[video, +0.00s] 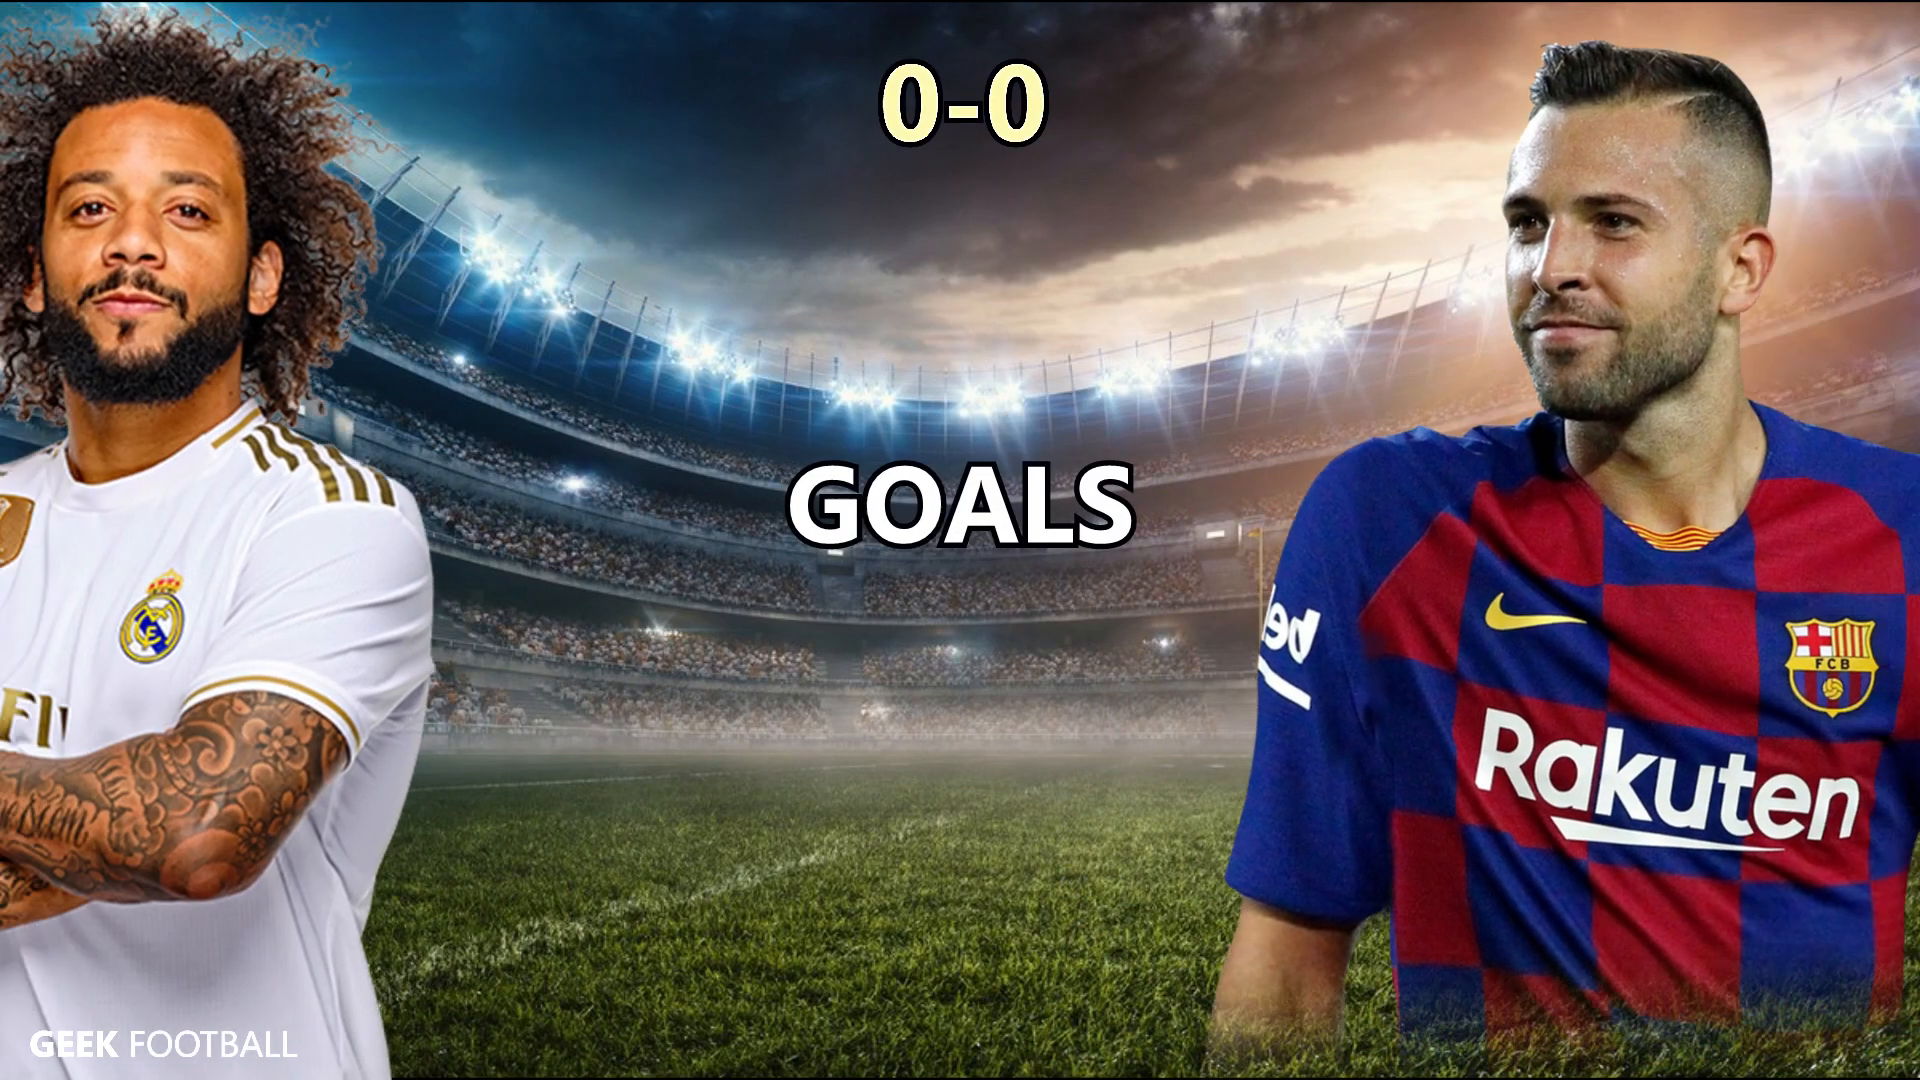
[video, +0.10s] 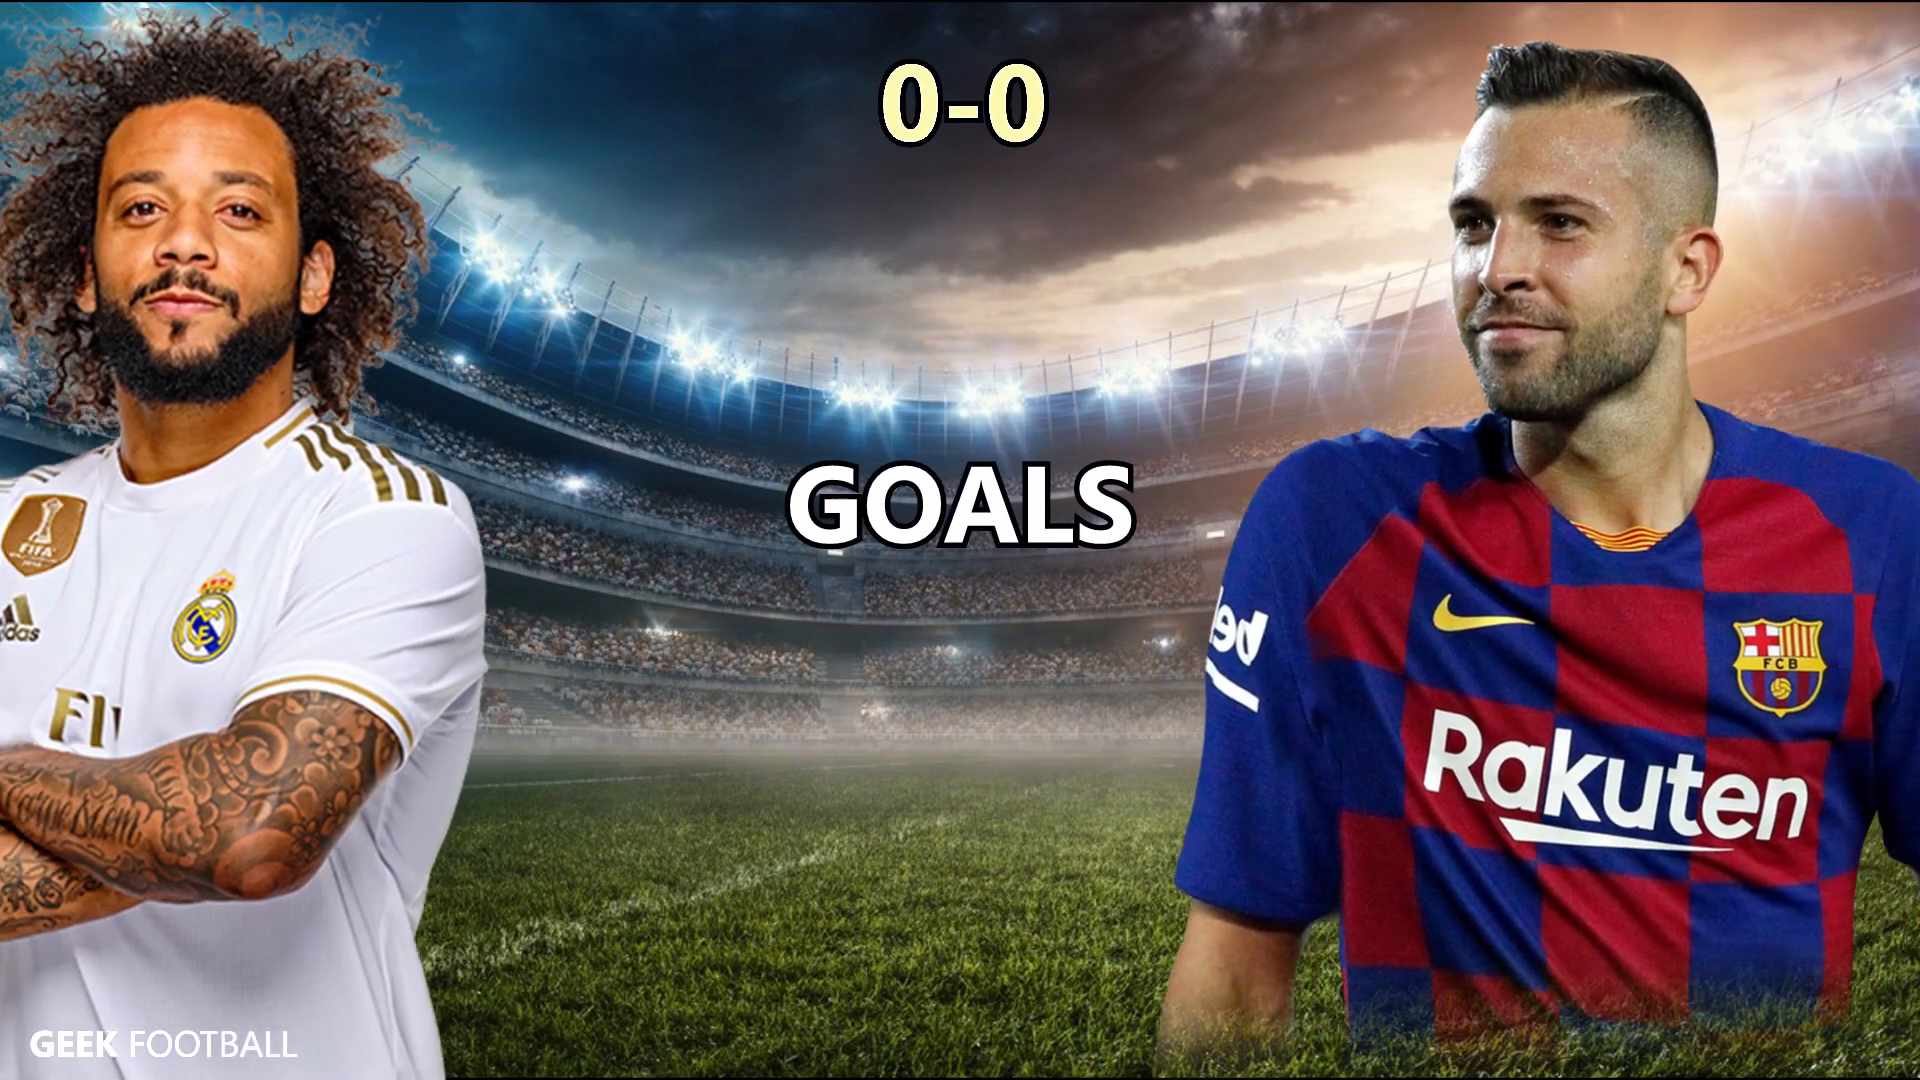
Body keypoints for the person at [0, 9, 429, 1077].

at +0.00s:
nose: (133, 244)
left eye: (187, 210)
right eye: (90, 210)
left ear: (259, 275)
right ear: (36, 275)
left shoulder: (337, 519)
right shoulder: (3, 513)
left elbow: (196, 829)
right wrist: (124, 824)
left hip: (260, 1059)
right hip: (24, 1057)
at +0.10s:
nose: (182, 246)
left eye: (238, 210)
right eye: (140, 209)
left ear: (311, 276)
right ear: (89, 273)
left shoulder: (393, 520)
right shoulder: (15, 519)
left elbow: (255, 829)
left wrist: (5, 769)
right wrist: (188, 823)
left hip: (311, 1061)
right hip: (38, 1061)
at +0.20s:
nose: (230, 244)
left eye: (285, 210)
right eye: (187, 208)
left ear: (357, 278)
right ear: (135, 272)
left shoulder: (442, 518)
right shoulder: (28, 530)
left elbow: (301, 831)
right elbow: (10, 892)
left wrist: (32, 773)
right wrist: (233, 826)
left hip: (360, 1062)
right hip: (82, 1062)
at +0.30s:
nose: (268, 243)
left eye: (324, 211)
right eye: (227, 208)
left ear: (395, 277)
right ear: (173, 275)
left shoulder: (478, 518)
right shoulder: (56, 537)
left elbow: (340, 832)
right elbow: (7, 885)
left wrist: (69, 775)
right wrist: (261, 831)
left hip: (406, 1064)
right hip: (127, 1063)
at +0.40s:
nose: (303, 242)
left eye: (357, 209)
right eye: (259, 209)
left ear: (427, 274)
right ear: (205, 274)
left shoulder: (511, 517)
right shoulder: (89, 538)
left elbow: (373, 831)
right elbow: (13, 881)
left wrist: (111, 773)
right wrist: (294, 830)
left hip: (441, 1063)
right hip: (159, 1062)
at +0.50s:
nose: (328, 242)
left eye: (381, 207)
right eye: (285, 208)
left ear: (455, 272)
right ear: (234, 271)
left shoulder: (537, 516)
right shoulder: (117, 535)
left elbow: (401, 829)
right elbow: (21, 875)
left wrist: (143, 771)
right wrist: (320, 829)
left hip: (468, 1063)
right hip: (185, 1063)